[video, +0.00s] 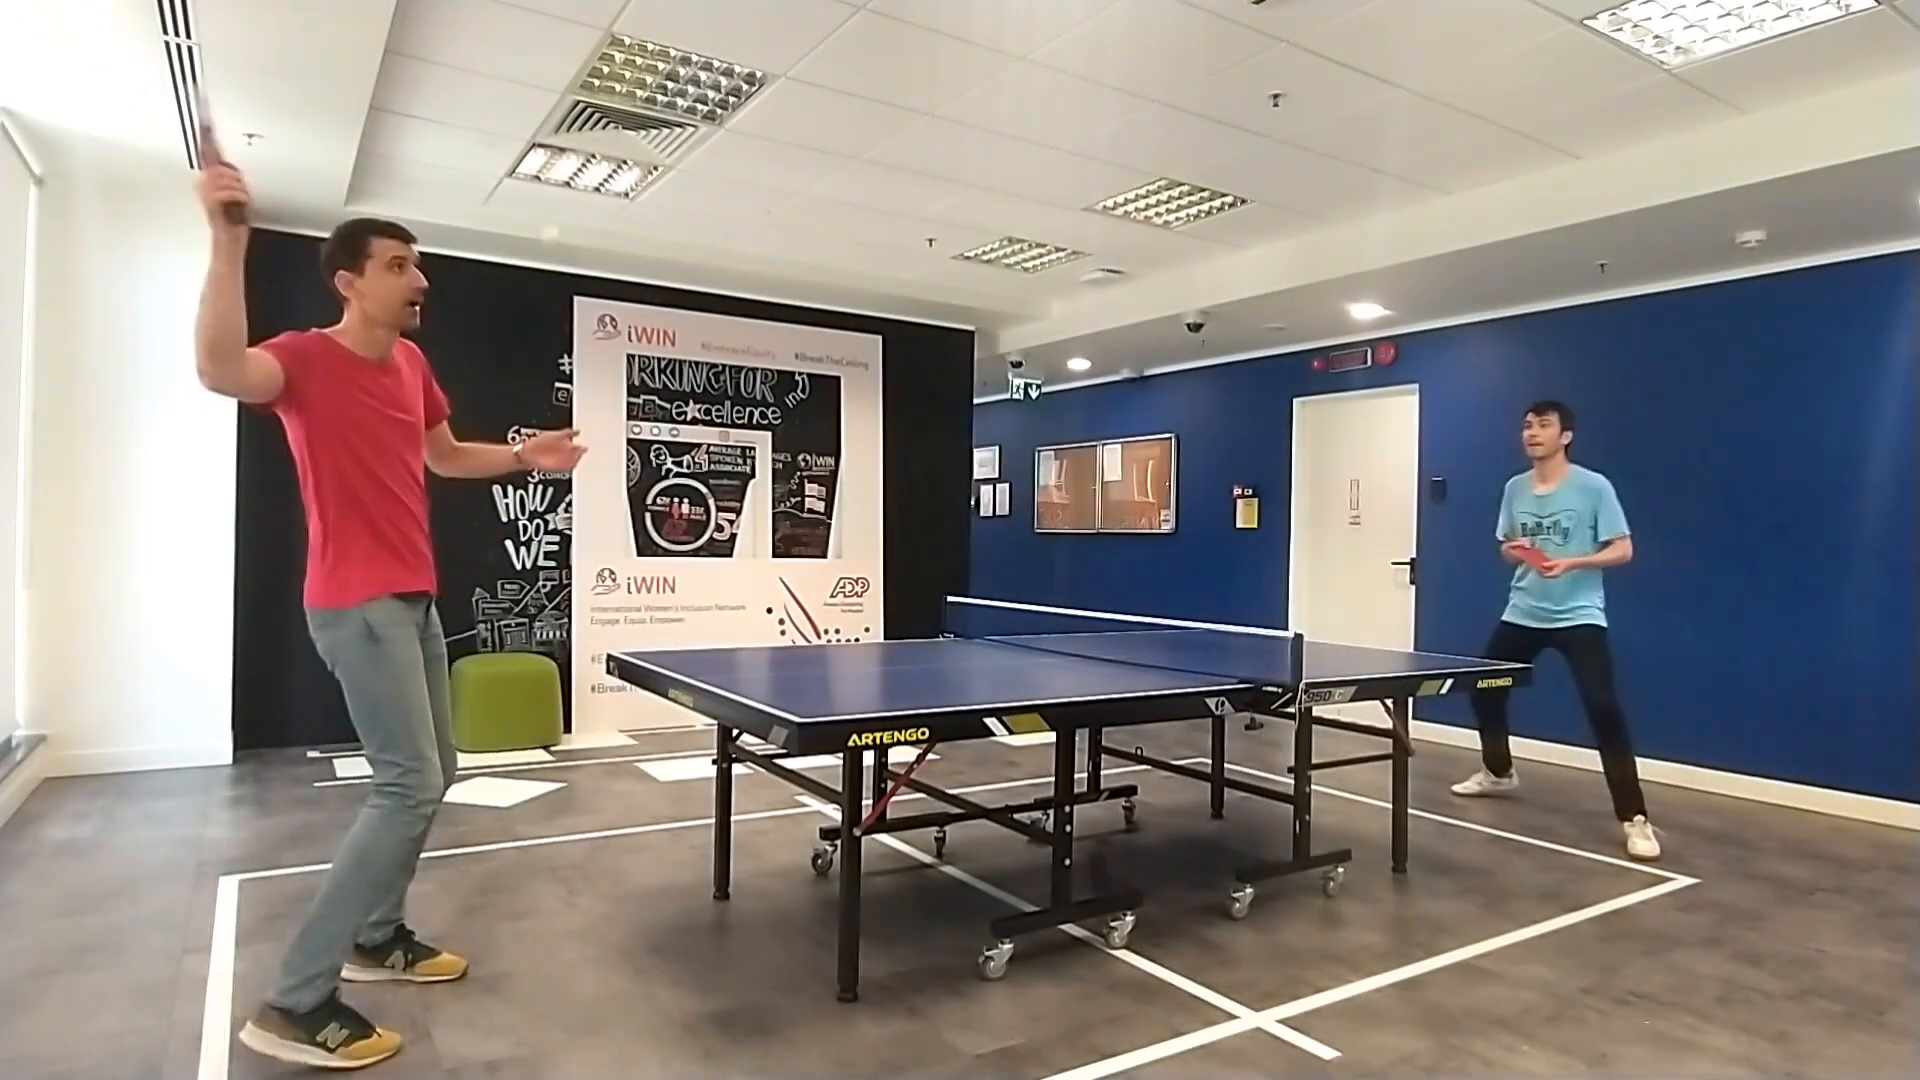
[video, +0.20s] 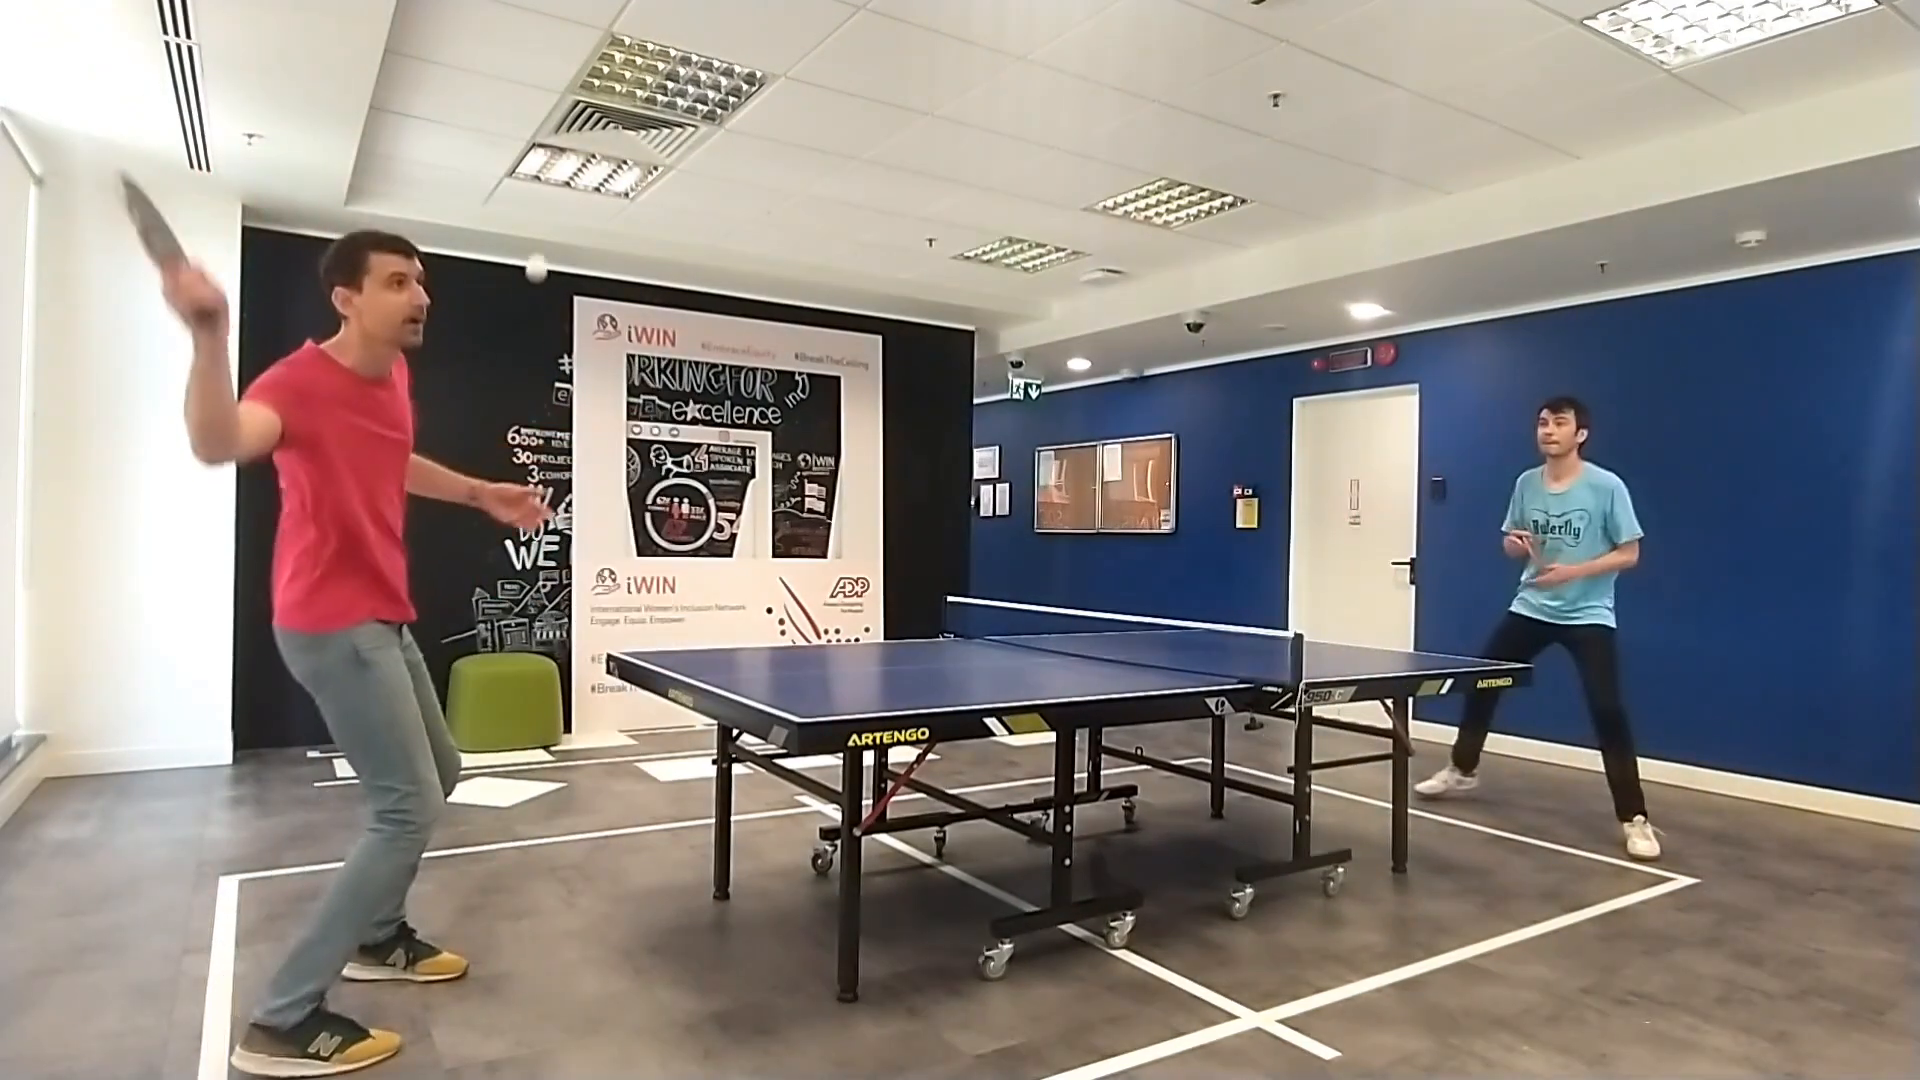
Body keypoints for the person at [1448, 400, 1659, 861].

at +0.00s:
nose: (1531, 432)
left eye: (1541, 425)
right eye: (1527, 426)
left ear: (1565, 436)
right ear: (1523, 438)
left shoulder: (1594, 486)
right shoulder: (1515, 488)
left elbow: (1622, 550)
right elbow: (1504, 550)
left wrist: (1570, 562)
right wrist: (1515, 551)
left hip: (1579, 615)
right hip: (1523, 612)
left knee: (1604, 708)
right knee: (1484, 685)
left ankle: (1634, 820)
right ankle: (1498, 773)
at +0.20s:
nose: (1547, 430)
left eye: (1557, 423)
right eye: (1543, 423)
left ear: (1580, 434)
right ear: (1537, 434)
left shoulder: (1608, 486)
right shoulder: (1529, 482)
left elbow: (1630, 554)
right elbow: (1512, 546)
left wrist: (1573, 572)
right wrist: (1517, 545)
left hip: (1588, 615)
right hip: (1531, 607)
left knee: (1607, 708)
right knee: (1483, 677)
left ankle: (1634, 820)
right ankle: (1462, 770)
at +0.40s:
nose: (1537, 441)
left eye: (1547, 434)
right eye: (1532, 434)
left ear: (1570, 443)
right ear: (1526, 442)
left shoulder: (1596, 496)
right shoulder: (1511, 490)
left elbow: (1612, 564)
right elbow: (1483, 539)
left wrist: (1559, 584)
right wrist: (1488, 547)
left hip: (1577, 621)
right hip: (1516, 615)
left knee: (1602, 709)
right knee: (1471, 692)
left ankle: (1634, 820)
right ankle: (1455, 782)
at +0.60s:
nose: (1518, 446)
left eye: (1528, 438)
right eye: (1513, 438)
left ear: (1550, 443)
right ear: (1507, 445)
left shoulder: (1581, 494)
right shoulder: (1497, 491)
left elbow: (1604, 558)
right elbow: (1466, 536)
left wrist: (1553, 583)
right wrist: (1465, 551)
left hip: (1567, 622)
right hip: (1506, 615)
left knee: (1595, 710)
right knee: (1459, 690)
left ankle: (1633, 820)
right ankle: (1453, 781)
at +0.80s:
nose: (1470, 462)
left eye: (1478, 453)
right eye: (1466, 455)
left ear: (1506, 455)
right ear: (1466, 461)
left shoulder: (1543, 498)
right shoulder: (1468, 502)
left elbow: (1581, 557)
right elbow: (1448, 553)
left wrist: (1538, 591)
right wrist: (1430, 578)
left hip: (1549, 622)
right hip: (1491, 617)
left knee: (1586, 713)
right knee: (1432, 685)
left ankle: (1631, 820)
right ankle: (1407, 774)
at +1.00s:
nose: (1402, 488)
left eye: (1406, 477)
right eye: (1399, 480)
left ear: (1434, 472)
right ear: (1422, 478)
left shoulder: (1482, 505)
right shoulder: (1432, 522)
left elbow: (1531, 560)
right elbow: (1435, 581)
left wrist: (1489, 600)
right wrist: (1380, 607)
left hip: (1523, 628)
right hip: (1470, 629)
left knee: (1563, 718)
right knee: (1408, 686)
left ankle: (1627, 820)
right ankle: (1407, 778)